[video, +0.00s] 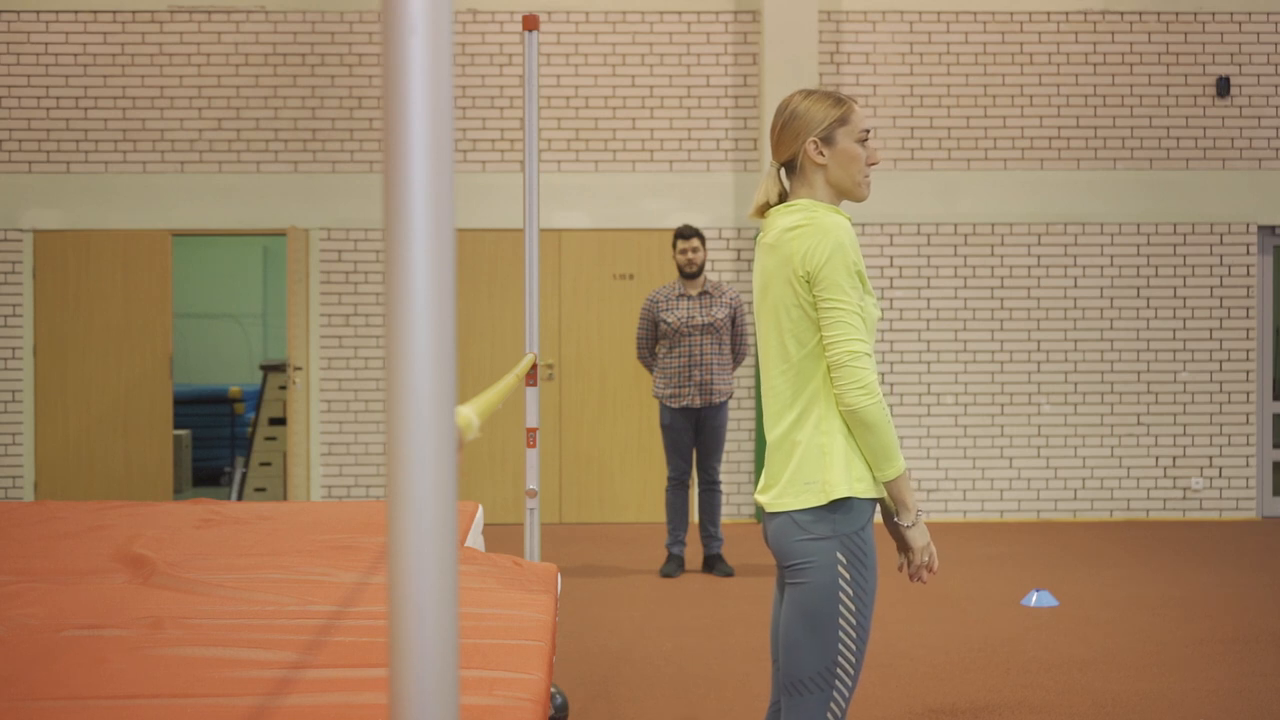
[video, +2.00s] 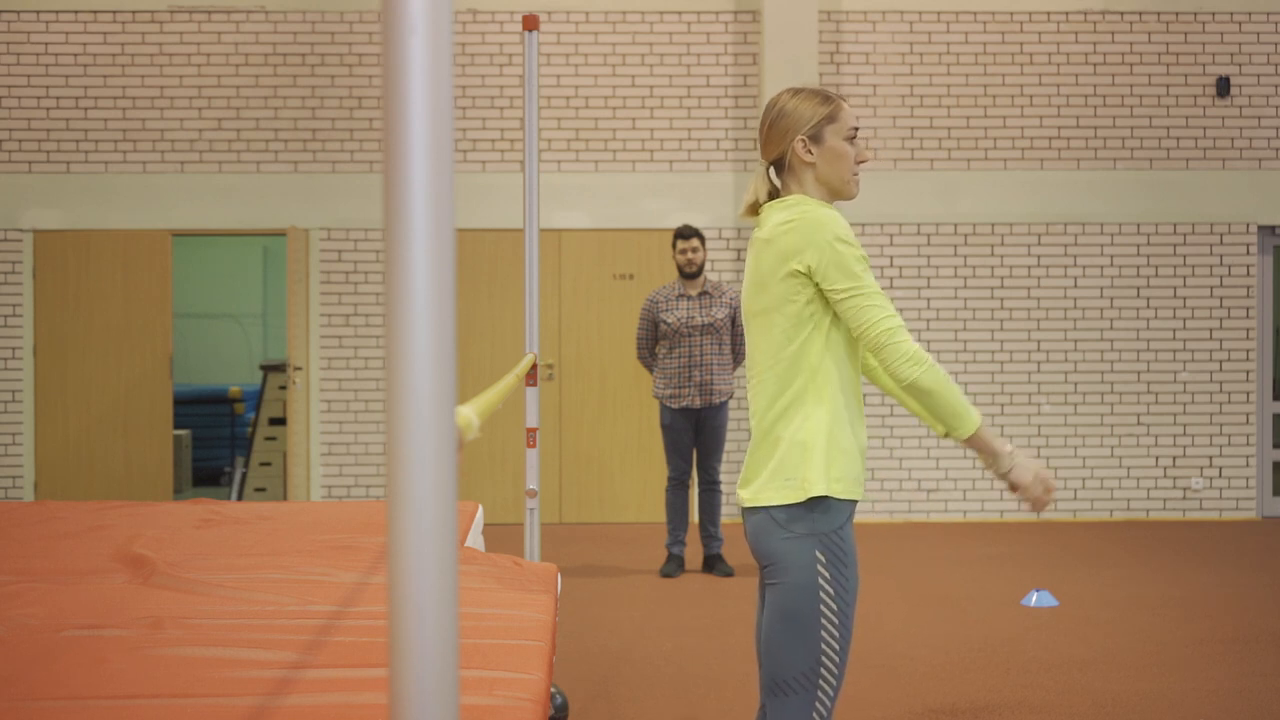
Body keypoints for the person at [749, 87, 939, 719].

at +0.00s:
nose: (873, 154)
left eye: (869, 140)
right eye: (860, 141)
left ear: (814, 154)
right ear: (816, 152)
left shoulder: (780, 231)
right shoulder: (827, 233)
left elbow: (795, 386)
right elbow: (854, 387)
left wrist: (890, 505)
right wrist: (907, 510)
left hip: (795, 502)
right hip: (828, 504)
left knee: (794, 705)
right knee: (818, 707)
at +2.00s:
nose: (863, 153)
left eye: (858, 138)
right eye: (850, 139)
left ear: (805, 154)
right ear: (804, 151)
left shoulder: (781, 228)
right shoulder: (816, 226)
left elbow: (876, 359)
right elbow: (896, 356)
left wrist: (990, 448)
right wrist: (1000, 455)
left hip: (785, 501)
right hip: (806, 505)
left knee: (788, 705)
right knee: (802, 706)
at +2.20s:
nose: (857, 154)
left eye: (854, 140)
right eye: (845, 140)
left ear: (801, 153)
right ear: (801, 150)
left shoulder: (780, 227)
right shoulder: (804, 223)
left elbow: (896, 327)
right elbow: (912, 319)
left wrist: (1034, 373)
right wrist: (1048, 377)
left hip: (793, 499)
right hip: (806, 501)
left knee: (792, 703)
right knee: (802, 705)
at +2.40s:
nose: (854, 156)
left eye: (850, 139)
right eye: (841, 140)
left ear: (798, 153)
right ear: (797, 151)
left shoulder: (778, 224)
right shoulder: (795, 223)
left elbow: (925, 277)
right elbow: (931, 276)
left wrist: (1067, 279)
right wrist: (1073, 277)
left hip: (799, 501)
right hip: (809, 502)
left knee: (794, 704)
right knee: (804, 706)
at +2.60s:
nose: (852, 156)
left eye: (848, 141)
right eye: (840, 141)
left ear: (796, 153)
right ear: (796, 151)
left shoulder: (782, 223)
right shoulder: (785, 221)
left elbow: (927, 223)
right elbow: (932, 225)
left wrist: (1047, 176)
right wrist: (1064, 176)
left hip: (806, 498)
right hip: (812, 499)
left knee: (800, 703)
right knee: (807, 705)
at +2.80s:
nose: (849, 159)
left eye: (848, 144)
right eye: (840, 144)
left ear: (790, 151)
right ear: (792, 149)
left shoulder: (782, 221)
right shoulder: (783, 222)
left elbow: (913, 176)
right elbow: (932, 180)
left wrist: (1005, 94)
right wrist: (1028, 89)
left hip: (814, 494)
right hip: (819, 497)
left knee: (802, 702)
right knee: (814, 704)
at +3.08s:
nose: (845, 158)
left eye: (845, 143)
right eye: (838, 143)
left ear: (792, 153)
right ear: (797, 152)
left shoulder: (784, 222)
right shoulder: (780, 223)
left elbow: (873, 127)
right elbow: (904, 129)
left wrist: (930, 17)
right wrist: (952, 16)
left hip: (831, 489)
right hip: (828, 494)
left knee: (818, 698)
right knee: (819, 702)